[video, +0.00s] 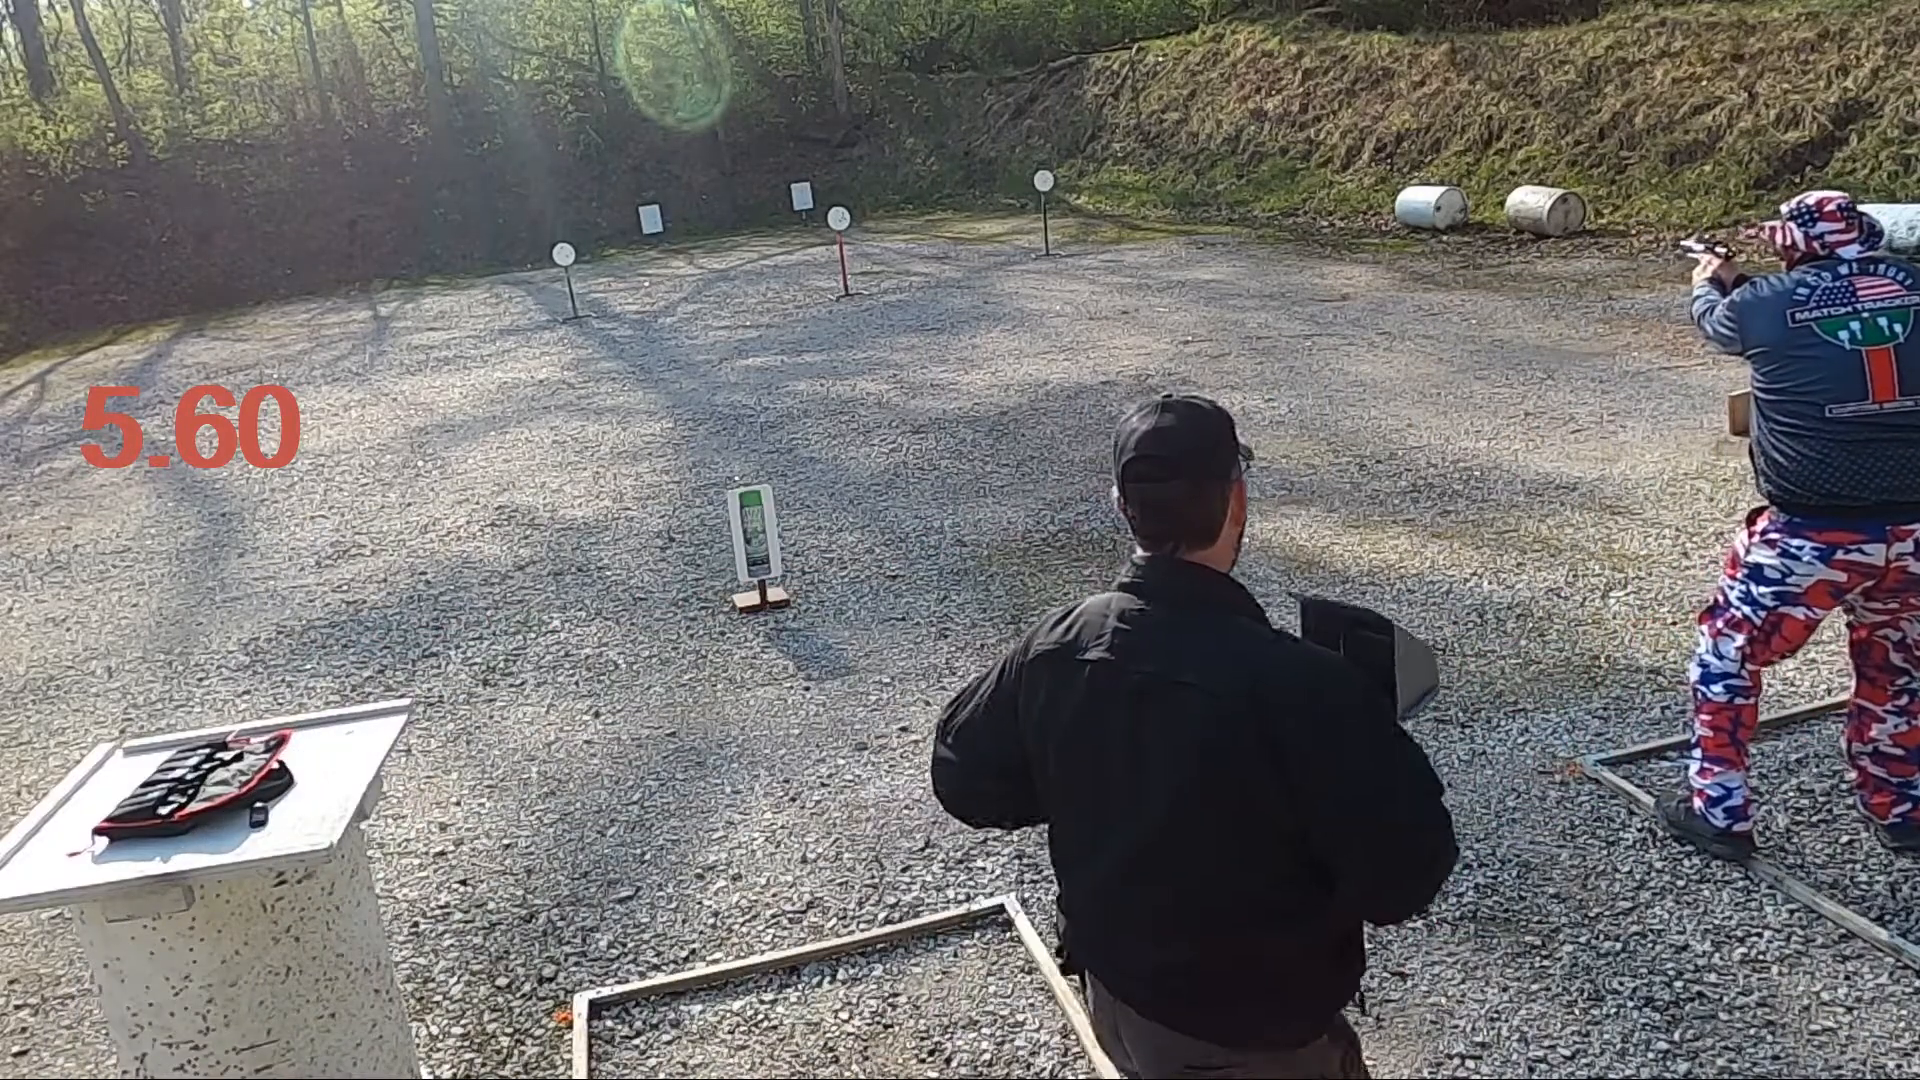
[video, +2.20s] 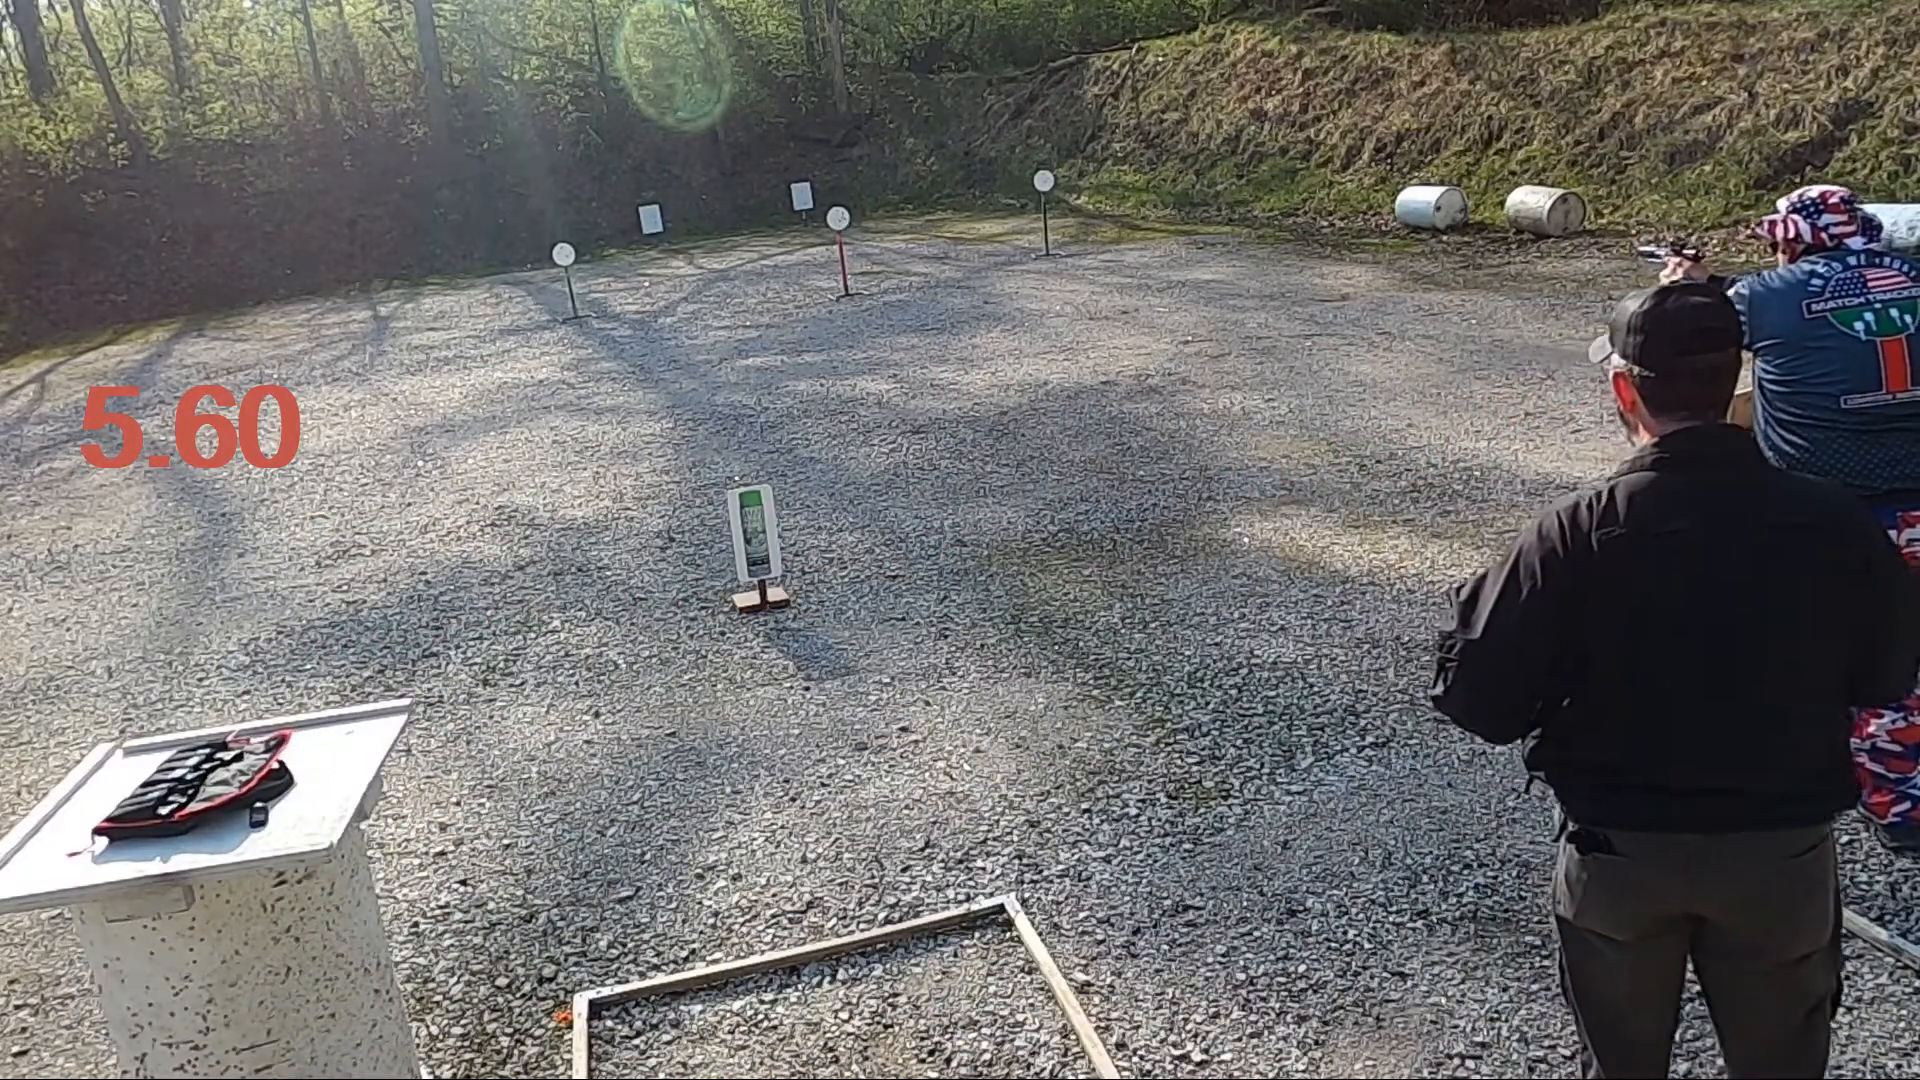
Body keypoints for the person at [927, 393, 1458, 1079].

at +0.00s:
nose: (1245, 497)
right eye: (1244, 481)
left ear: (1122, 507)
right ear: (1237, 501)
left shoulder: (1055, 654)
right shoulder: (1309, 687)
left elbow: (963, 781)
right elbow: (1410, 876)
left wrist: (1093, 768)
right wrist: (1360, 714)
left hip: (1117, 1009)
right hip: (1268, 1038)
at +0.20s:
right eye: (1340, 444)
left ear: (1220, 470)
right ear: (1335, 464)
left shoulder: (1146, 608)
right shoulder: (1403, 641)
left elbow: (1047, 734)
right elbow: (1495, 831)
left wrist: (1174, 722)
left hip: (1200, 972)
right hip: (1353, 1006)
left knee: (1228, 1063)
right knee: (1482, 1064)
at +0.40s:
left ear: (1329, 459)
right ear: (1450, 456)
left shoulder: (1257, 596)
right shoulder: (1522, 613)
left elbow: (1145, 731)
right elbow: (1610, 811)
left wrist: (1272, 702)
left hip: (1299, 960)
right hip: (1467, 985)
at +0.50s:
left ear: (1389, 448)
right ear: (1511, 440)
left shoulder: (1313, 589)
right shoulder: (1575, 600)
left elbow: (1206, 729)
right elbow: (1677, 785)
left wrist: (1328, 701)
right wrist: (1568, 751)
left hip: (1359, 955)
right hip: (1531, 972)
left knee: (1365, 1066)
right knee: (1594, 1066)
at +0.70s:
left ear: (1470, 421)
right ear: (1591, 410)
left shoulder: (1395, 566)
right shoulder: (1683, 574)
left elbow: (1287, 707)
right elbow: (1767, 747)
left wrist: (1406, 668)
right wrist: (1657, 700)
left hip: (1439, 913)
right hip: (1609, 935)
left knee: (1466, 1052)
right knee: (1623, 1066)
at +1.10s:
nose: (1510, 407)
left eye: (1513, 395)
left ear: (1522, 412)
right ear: (1633, 400)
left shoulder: (1454, 552)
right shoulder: (1729, 549)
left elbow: (1359, 698)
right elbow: (1802, 710)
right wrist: (1701, 673)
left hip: (1524, 899)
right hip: (1687, 899)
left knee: (1574, 1070)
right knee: (1710, 1067)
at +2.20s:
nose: (1611, 384)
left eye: (1613, 373)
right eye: (1616, 369)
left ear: (1626, 392)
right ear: (1734, 380)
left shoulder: (1576, 537)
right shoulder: (1837, 524)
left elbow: (1480, 701)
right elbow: (1890, 674)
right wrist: (1789, 656)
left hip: (1622, 867)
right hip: (1782, 870)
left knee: (1623, 1066)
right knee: (1782, 1068)